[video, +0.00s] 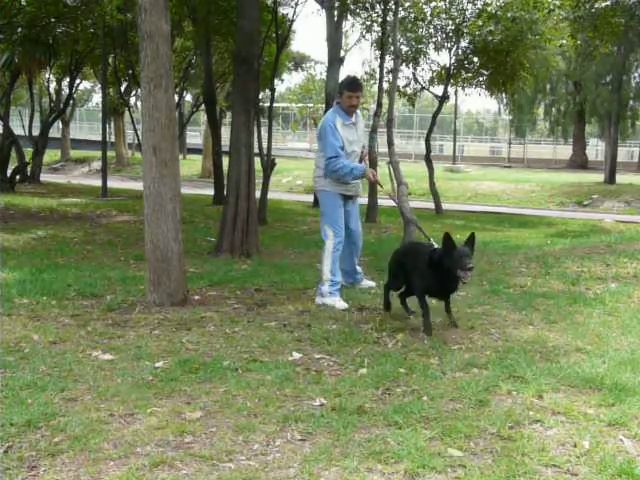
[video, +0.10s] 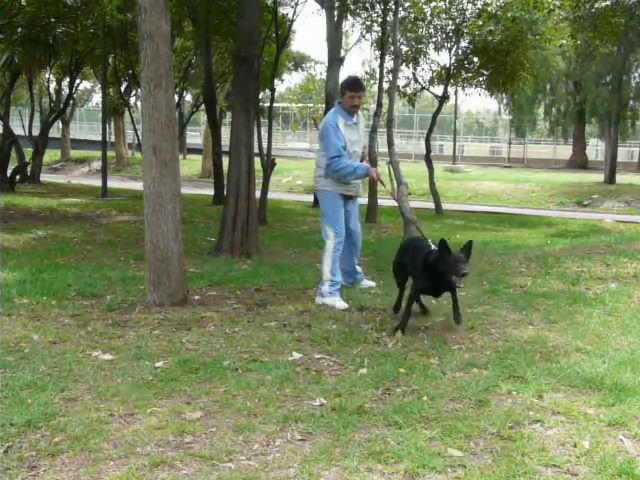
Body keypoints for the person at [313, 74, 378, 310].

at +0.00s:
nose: (355, 102)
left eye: (358, 97)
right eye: (350, 97)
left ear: (362, 98)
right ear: (340, 97)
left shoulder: (357, 120)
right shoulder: (330, 122)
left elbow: (355, 147)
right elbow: (333, 164)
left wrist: (361, 154)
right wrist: (362, 171)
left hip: (350, 186)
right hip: (329, 186)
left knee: (354, 232)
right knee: (335, 236)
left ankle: (352, 275)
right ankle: (328, 291)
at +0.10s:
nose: (356, 102)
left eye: (359, 98)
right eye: (351, 97)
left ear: (363, 98)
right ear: (341, 97)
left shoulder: (357, 120)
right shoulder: (332, 122)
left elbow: (353, 149)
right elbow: (335, 163)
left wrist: (362, 157)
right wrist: (365, 170)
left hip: (349, 185)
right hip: (330, 186)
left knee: (353, 232)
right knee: (335, 236)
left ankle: (351, 274)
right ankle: (328, 291)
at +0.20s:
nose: (357, 102)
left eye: (361, 98)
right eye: (353, 98)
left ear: (364, 98)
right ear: (343, 97)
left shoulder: (359, 120)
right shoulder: (333, 122)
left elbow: (355, 150)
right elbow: (335, 163)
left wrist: (363, 159)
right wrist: (365, 170)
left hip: (350, 185)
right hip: (330, 185)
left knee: (353, 232)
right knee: (335, 236)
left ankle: (351, 274)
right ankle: (328, 291)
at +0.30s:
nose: (359, 102)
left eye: (362, 98)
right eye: (354, 98)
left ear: (365, 98)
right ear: (344, 97)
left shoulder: (360, 119)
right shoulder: (333, 122)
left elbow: (356, 149)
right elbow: (336, 163)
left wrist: (363, 160)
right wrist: (365, 171)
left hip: (350, 185)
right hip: (329, 185)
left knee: (353, 233)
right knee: (335, 235)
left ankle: (351, 274)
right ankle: (328, 290)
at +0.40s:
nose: (359, 102)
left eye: (362, 98)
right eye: (355, 98)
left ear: (365, 98)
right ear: (344, 97)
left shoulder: (362, 119)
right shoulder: (334, 122)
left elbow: (358, 150)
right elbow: (338, 162)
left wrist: (365, 165)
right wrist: (366, 170)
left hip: (350, 184)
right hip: (330, 183)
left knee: (354, 232)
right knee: (335, 234)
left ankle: (351, 274)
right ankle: (328, 290)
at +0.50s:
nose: (361, 102)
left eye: (364, 97)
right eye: (357, 97)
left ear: (367, 98)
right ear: (346, 97)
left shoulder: (364, 120)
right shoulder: (336, 122)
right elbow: (340, 160)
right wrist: (369, 170)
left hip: (351, 183)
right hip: (330, 183)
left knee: (355, 232)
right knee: (337, 233)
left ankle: (352, 274)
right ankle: (329, 291)